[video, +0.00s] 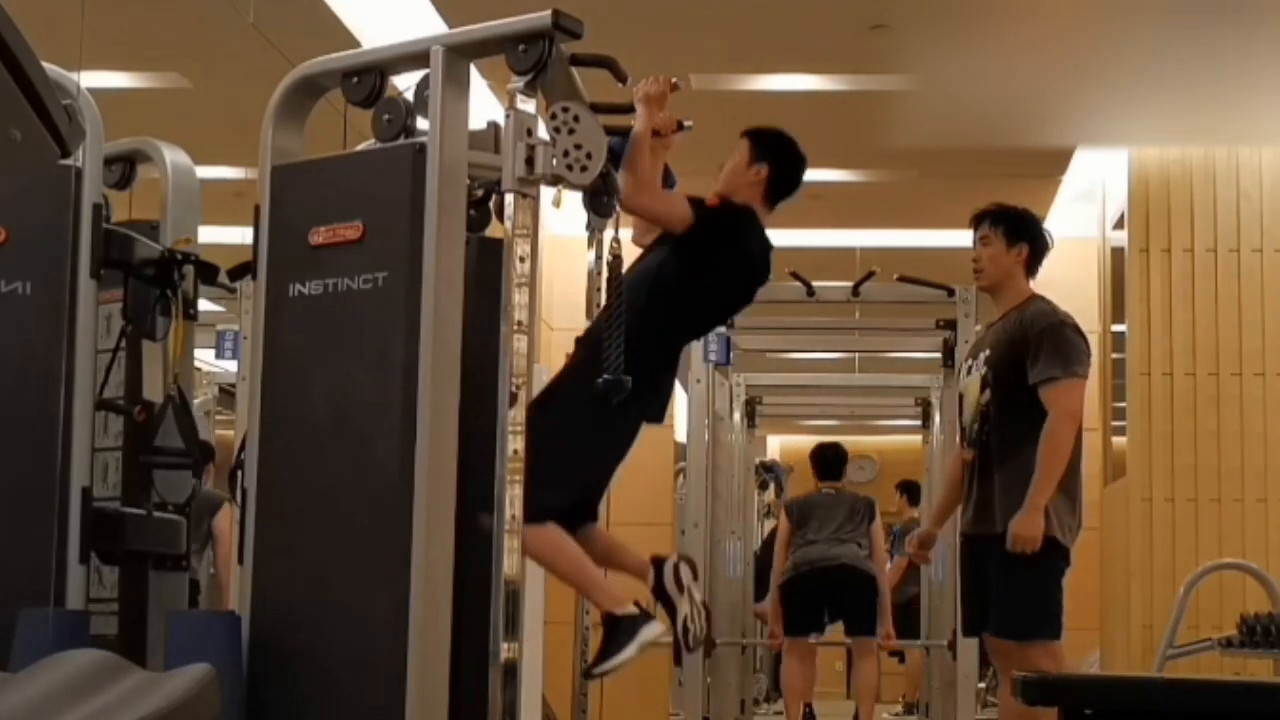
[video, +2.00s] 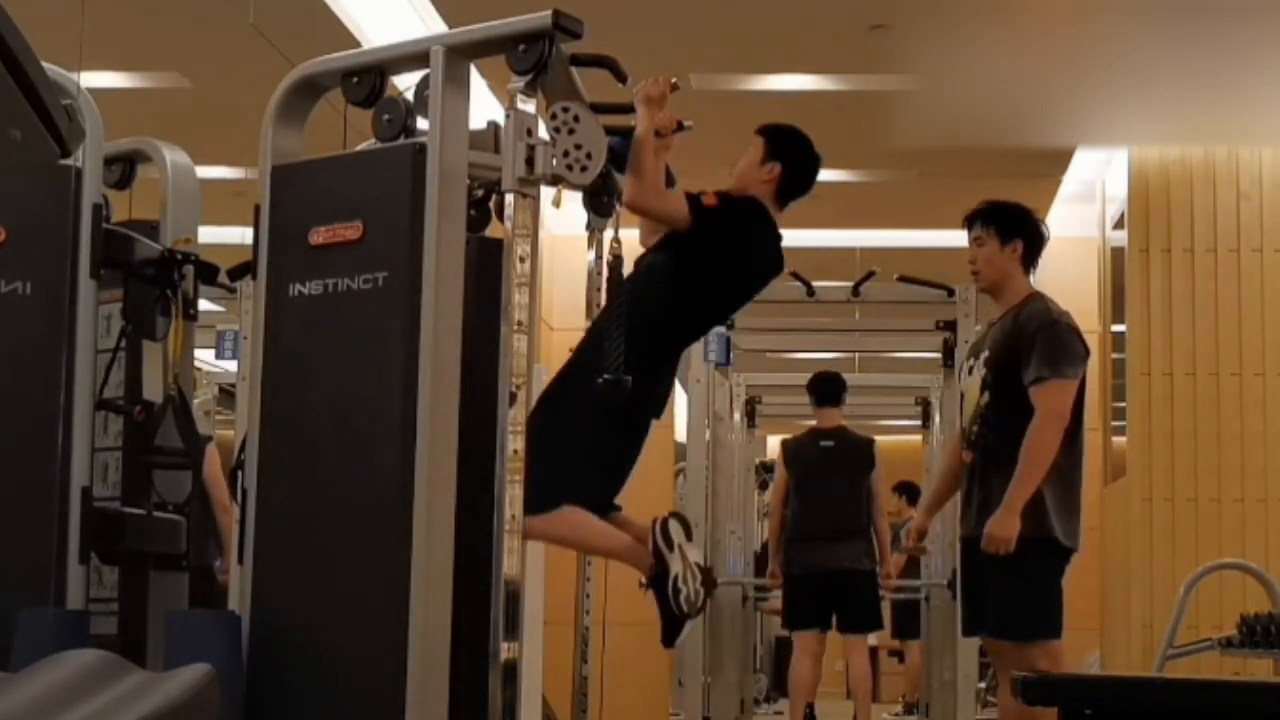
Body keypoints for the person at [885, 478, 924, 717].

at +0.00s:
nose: (894, 501)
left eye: (896, 496)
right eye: (896, 496)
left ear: (903, 498)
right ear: (915, 498)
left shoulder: (906, 526)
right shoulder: (916, 523)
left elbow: (901, 560)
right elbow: (903, 559)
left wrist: (884, 587)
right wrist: (890, 583)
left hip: (909, 592)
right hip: (916, 590)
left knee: (912, 647)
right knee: (914, 647)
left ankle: (910, 702)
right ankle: (914, 700)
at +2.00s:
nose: (892, 503)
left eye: (894, 498)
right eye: (892, 498)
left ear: (904, 499)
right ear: (911, 499)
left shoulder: (909, 525)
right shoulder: (909, 524)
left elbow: (899, 557)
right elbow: (901, 556)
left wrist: (888, 577)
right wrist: (890, 576)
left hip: (908, 590)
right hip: (909, 588)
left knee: (911, 646)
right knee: (911, 647)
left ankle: (911, 700)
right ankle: (913, 699)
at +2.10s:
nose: (892, 503)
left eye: (895, 498)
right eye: (893, 498)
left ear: (904, 499)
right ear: (912, 499)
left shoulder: (907, 525)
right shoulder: (911, 523)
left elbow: (900, 557)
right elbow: (901, 555)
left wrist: (888, 577)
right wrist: (890, 575)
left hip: (908, 590)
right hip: (910, 588)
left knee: (911, 646)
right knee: (911, 647)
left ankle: (911, 700)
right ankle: (913, 699)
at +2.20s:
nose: (893, 502)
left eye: (895, 497)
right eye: (894, 497)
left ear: (903, 499)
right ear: (914, 499)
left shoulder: (906, 526)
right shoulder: (917, 524)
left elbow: (900, 558)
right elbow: (903, 557)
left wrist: (889, 579)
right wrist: (892, 577)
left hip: (907, 591)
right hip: (915, 589)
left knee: (911, 648)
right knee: (913, 648)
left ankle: (911, 700)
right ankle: (913, 699)